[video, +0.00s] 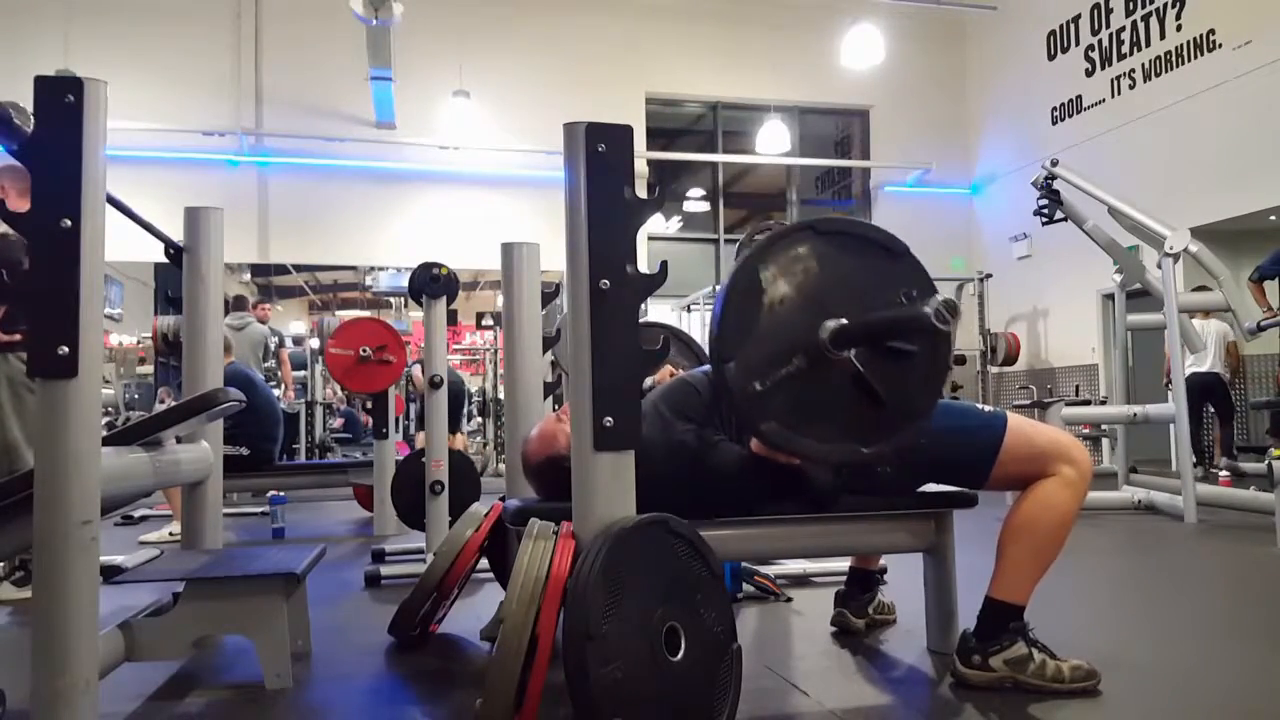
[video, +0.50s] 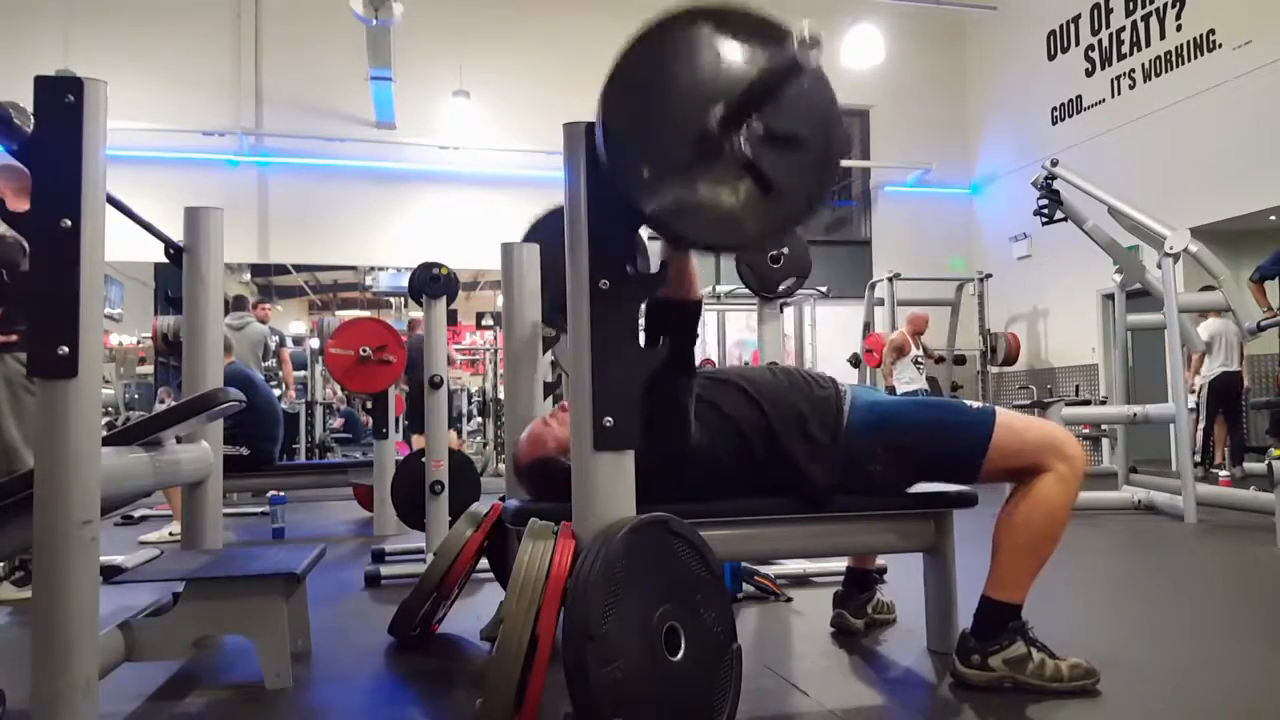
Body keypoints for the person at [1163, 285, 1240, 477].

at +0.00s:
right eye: (1209, 303)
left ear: (1191, 306)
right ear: (1212, 306)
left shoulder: (1181, 327)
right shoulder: (1224, 327)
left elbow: (1170, 355)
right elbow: (1234, 358)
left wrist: (1166, 377)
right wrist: (1231, 377)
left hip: (1191, 379)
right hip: (1216, 379)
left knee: (1194, 423)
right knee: (1226, 419)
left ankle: (1199, 464)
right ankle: (1227, 457)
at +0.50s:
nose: (1196, 310)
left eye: (1198, 306)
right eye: (1197, 306)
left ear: (1202, 308)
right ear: (1220, 306)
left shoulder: (1205, 327)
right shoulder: (1234, 326)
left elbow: (1198, 355)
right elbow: (1241, 354)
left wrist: (1191, 377)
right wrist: (1242, 375)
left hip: (1214, 378)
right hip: (1235, 376)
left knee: (1206, 422)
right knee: (1235, 423)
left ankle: (1201, 462)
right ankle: (1237, 464)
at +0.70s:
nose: (1199, 311)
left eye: (1200, 307)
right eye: (1198, 307)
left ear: (1207, 306)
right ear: (1218, 305)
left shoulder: (1213, 325)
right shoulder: (1234, 325)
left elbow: (1210, 353)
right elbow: (1242, 352)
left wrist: (1204, 376)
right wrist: (1243, 374)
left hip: (1220, 375)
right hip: (1238, 374)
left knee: (1210, 420)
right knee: (1235, 421)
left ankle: (1204, 460)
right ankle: (1238, 464)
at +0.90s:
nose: (1199, 310)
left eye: (1200, 305)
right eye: (1198, 306)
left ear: (1207, 305)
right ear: (1217, 303)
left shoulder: (1216, 325)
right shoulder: (1232, 324)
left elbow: (1213, 354)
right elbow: (1240, 352)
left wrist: (1202, 376)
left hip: (1222, 376)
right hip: (1236, 374)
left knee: (1216, 421)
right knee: (1234, 421)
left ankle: (1222, 462)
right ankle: (1237, 464)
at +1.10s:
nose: (1196, 312)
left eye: (1196, 307)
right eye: (1195, 308)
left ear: (1203, 306)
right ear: (1213, 303)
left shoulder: (1213, 324)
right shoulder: (1229, 323)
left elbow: (1210, 351)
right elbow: (1237, 352)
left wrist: (1197, 375)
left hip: (1218, 376)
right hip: (1233, 374)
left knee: (1221, 421)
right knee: (1231, 420)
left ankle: (1230, 464)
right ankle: (1235, 462)